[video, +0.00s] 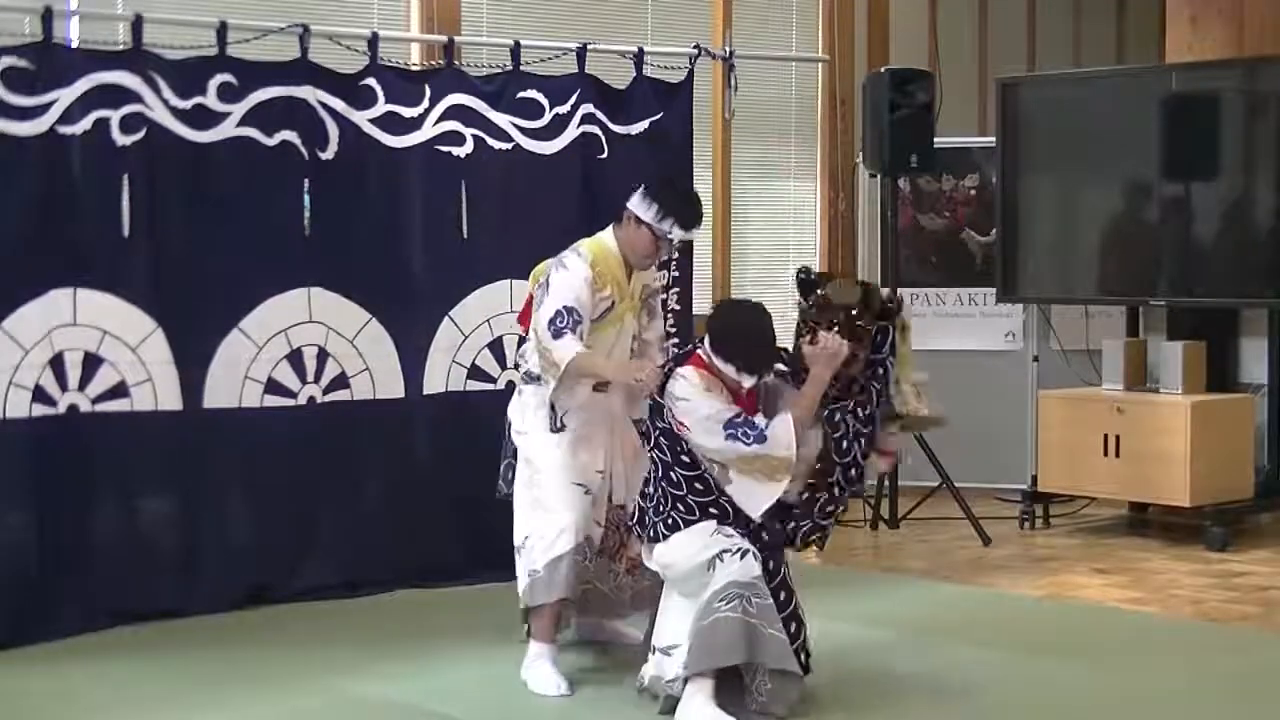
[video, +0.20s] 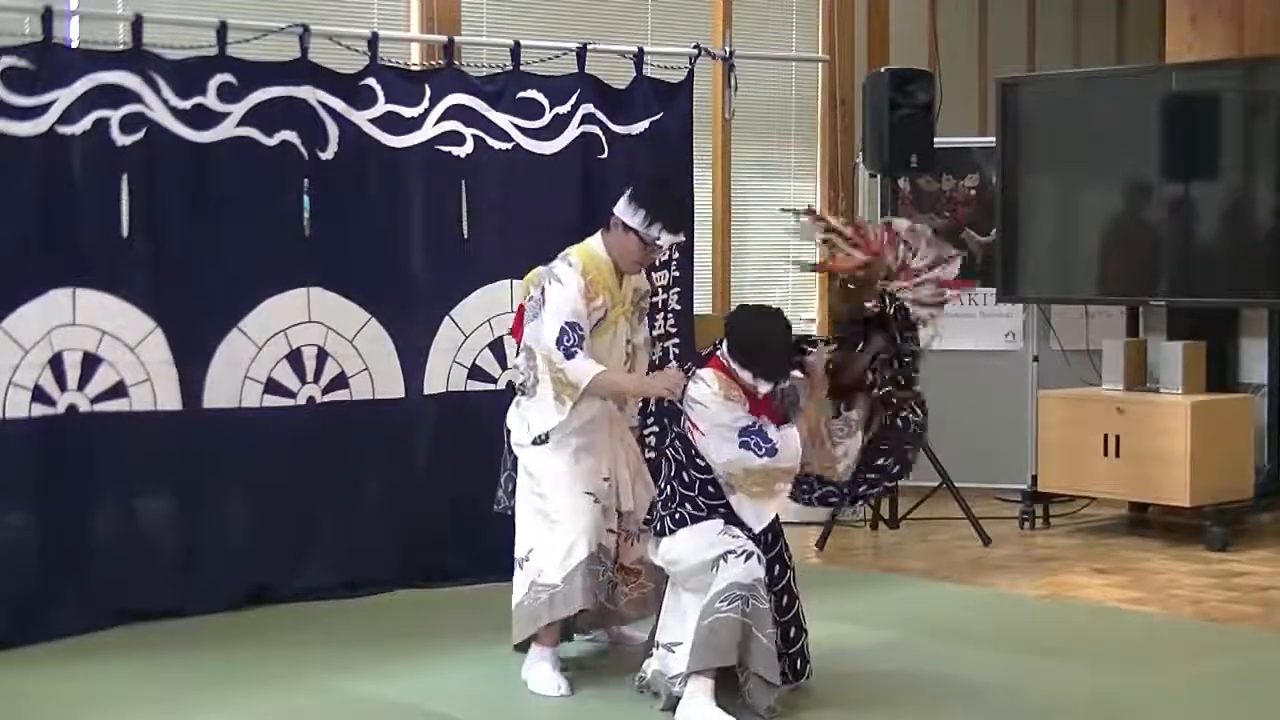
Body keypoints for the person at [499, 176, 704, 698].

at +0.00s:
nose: (666, 252)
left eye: (671, 243)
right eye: (661, 239)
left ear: (655, 234)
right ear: (632, 222)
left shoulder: (649, 277)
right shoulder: (577, 270)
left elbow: (651, 348)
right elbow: (560, 350)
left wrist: (651, 376)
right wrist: (624, 369)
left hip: (613, 412)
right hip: (556, 415)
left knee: (617, 513)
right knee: (561, 524)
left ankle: (596, 614)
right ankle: (540, 652)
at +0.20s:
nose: (655, 256)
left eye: (660, 247)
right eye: (651, 245)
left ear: (634, 234)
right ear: (622, 228)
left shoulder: (634, 279)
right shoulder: (572, 274)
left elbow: (633, 350)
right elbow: (571, 362)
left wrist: (641, 382)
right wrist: (645, 384)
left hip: (605, 420)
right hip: (556, 424)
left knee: (628, 517)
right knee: (574, 528)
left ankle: (606, 615)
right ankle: (543, 652)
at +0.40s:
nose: (649, 254)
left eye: (655, 244)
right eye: (646, 242)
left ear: (629, 232)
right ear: (616, 227)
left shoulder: (629, 275)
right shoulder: (566, 274)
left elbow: (631, 356)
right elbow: (578, 368)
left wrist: (650, 384)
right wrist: (656, 383)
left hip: (604, 421)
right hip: (551, 427)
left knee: (630, 522)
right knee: (578, 535)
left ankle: (615, 624)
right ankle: (542, 652)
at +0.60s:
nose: (649, 244)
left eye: (655, 235)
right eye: (647, 232)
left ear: (622, 219)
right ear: (618, 216)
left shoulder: (618, 264)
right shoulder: (561, 263)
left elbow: (624, 349)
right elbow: (580, 365)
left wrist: (653, 385)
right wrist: (660, 387)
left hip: (584, 408)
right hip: (533, 413)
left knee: (620, 510)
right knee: (559, 527)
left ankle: (606, 616)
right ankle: (541, 652)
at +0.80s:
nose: (652, 238)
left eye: (658, 227)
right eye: (652, 224)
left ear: (628, 208)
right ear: (624, 205)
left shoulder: (602, 254)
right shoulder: (566, 254)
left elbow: (594, 352)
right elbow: (581, 360)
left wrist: (628, 391)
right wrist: (659, 387)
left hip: (570, 409)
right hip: (522, 411)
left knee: (625, 511)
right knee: (545, 522)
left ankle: (617, 628)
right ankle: (540, 654)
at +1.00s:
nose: (666, 235)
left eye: (673, 226)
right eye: (668, 222)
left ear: (642, 202)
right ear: (642, 200)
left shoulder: (614, 249)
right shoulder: (577, 246)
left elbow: (598, 348)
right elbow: (583, 353)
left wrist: (625, 391)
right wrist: (663, 382)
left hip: (574, 404)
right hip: (533, 403)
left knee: (618, 507)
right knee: (551, 519)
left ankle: (630, 640)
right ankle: (539, 658)